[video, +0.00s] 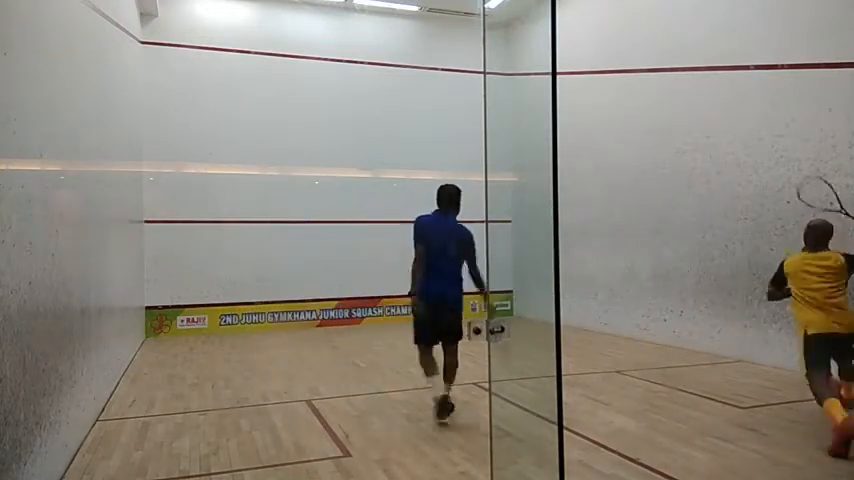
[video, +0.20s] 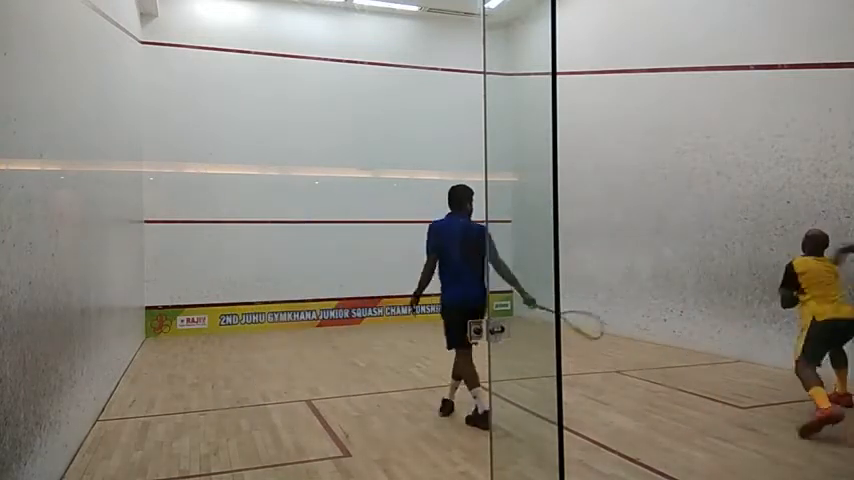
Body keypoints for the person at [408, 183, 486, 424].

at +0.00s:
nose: (459, 205)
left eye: (457, 201)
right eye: (459, 202)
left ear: (437, 202)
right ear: (457, 204)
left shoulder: (422, 223)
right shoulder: (463, 234)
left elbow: (419, 259)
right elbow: (472, 268)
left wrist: (414, 290)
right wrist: (482, 287)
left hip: (424, 296)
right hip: (451, 298)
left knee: (424, 346)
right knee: (450, 348)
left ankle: (437, 388)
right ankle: (445, 395)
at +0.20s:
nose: (473, 206)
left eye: (472, 201)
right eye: (472, 202)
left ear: (449, 203)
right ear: (468, 203)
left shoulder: (436, 229)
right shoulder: (480, 231)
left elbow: (430, 265)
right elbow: (498, 265)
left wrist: (417, 293)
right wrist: (523, 293)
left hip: (451, 301)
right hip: (477, 299)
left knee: (463, 352)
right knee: (463, 350)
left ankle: (482, 408)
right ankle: (449, 400)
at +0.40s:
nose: (462, 202)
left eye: (463, 198)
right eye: (466, 198)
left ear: (464, 201)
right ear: (485, 200)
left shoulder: (456, 229)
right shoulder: (499, 228)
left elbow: (442, 265)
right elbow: (511, 265)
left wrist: (426, 290)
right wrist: (530, 296)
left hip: (471, 301)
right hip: (498, 298)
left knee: (474, 353)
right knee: (496, 342)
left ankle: (483, 410)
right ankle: (493, 396)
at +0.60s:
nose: (504, 210)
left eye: (496, 206)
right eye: (504, 206)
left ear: (487, 207)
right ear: (506, 208)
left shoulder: (477, 233)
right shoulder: (520, 235)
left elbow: (468, 269)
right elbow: (530, 275)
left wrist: (452, 294)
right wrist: (543, 306)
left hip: (490, 305)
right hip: (519, 305)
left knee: (476, 355)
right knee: (537, 348)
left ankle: (483, 411)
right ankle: (563, 398)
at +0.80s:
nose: (542, 218)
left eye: (541, 214)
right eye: (541, 214)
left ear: (520, 213)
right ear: (538, 214)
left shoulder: (502, 237)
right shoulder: (546, 241)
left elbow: (494, 273)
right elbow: (560, 279)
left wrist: (493, 304)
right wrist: (579, 309)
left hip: (506, 307)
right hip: (538, 308)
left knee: (499, 354)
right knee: (563, 351)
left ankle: (491, 406)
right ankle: (581, 404)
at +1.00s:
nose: (557, 216)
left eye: (556, 211)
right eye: (557, 212)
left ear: (537, 209)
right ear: (556, 212)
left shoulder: (515, 229)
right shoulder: (554, 237)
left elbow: (491, 254)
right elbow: (565, 272)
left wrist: (480, 282)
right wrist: (604, 283)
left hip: (509, 303)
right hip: (539, 305)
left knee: (509, 349)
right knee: (560, 351)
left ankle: (507, 404)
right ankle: (580, 404)